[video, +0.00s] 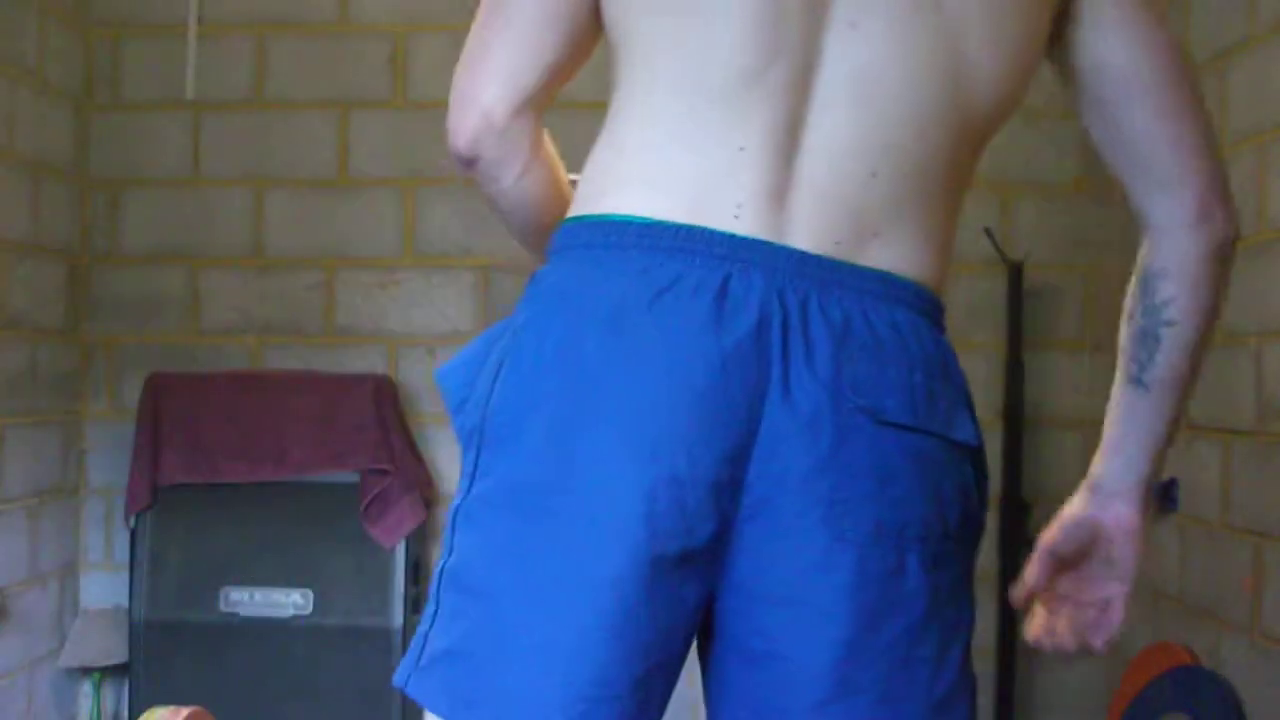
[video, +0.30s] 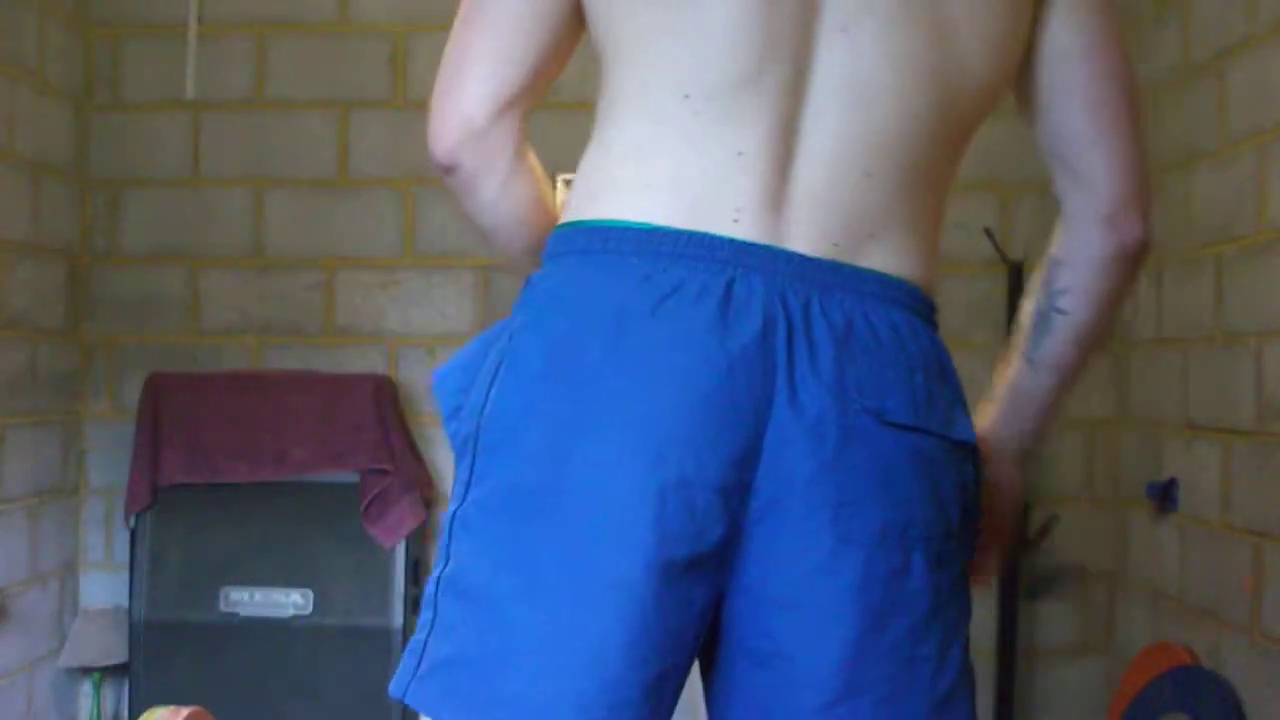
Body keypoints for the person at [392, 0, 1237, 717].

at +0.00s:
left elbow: (483, 121)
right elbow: (1193, 219)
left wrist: (611, 273)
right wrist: (1115, 489)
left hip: (612, 341)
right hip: (883, 374)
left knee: (520, 699)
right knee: (854, 699)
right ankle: (1180, 703)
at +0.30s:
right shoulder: (1040, 6)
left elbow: (466, 124)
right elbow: (1108, 221)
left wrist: (579, 271)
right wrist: (999, 439)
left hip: (611, 348)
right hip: (882, 381)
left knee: (529, 697)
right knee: (850, 699)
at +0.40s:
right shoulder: (1009, 3)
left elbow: (437, 127)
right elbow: (1076, 211)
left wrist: (553, 324)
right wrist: (919, 403)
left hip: (589, 348)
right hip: (861, 376)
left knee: (514, 692)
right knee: (837, 695)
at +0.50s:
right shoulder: (956, 7)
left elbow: (389, 142)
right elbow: (1020, 200)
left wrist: (504, 344)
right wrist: (851, 369)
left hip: (549, 370)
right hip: (819, 389)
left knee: (491, 699)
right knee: (809, 701)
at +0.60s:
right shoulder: (900, 7)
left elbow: (326, 147)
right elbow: (956, 189)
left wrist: (447, 339)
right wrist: (800, 345)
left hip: (497, 361)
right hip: (765, 373)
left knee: (459, 696)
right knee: (756, 697)